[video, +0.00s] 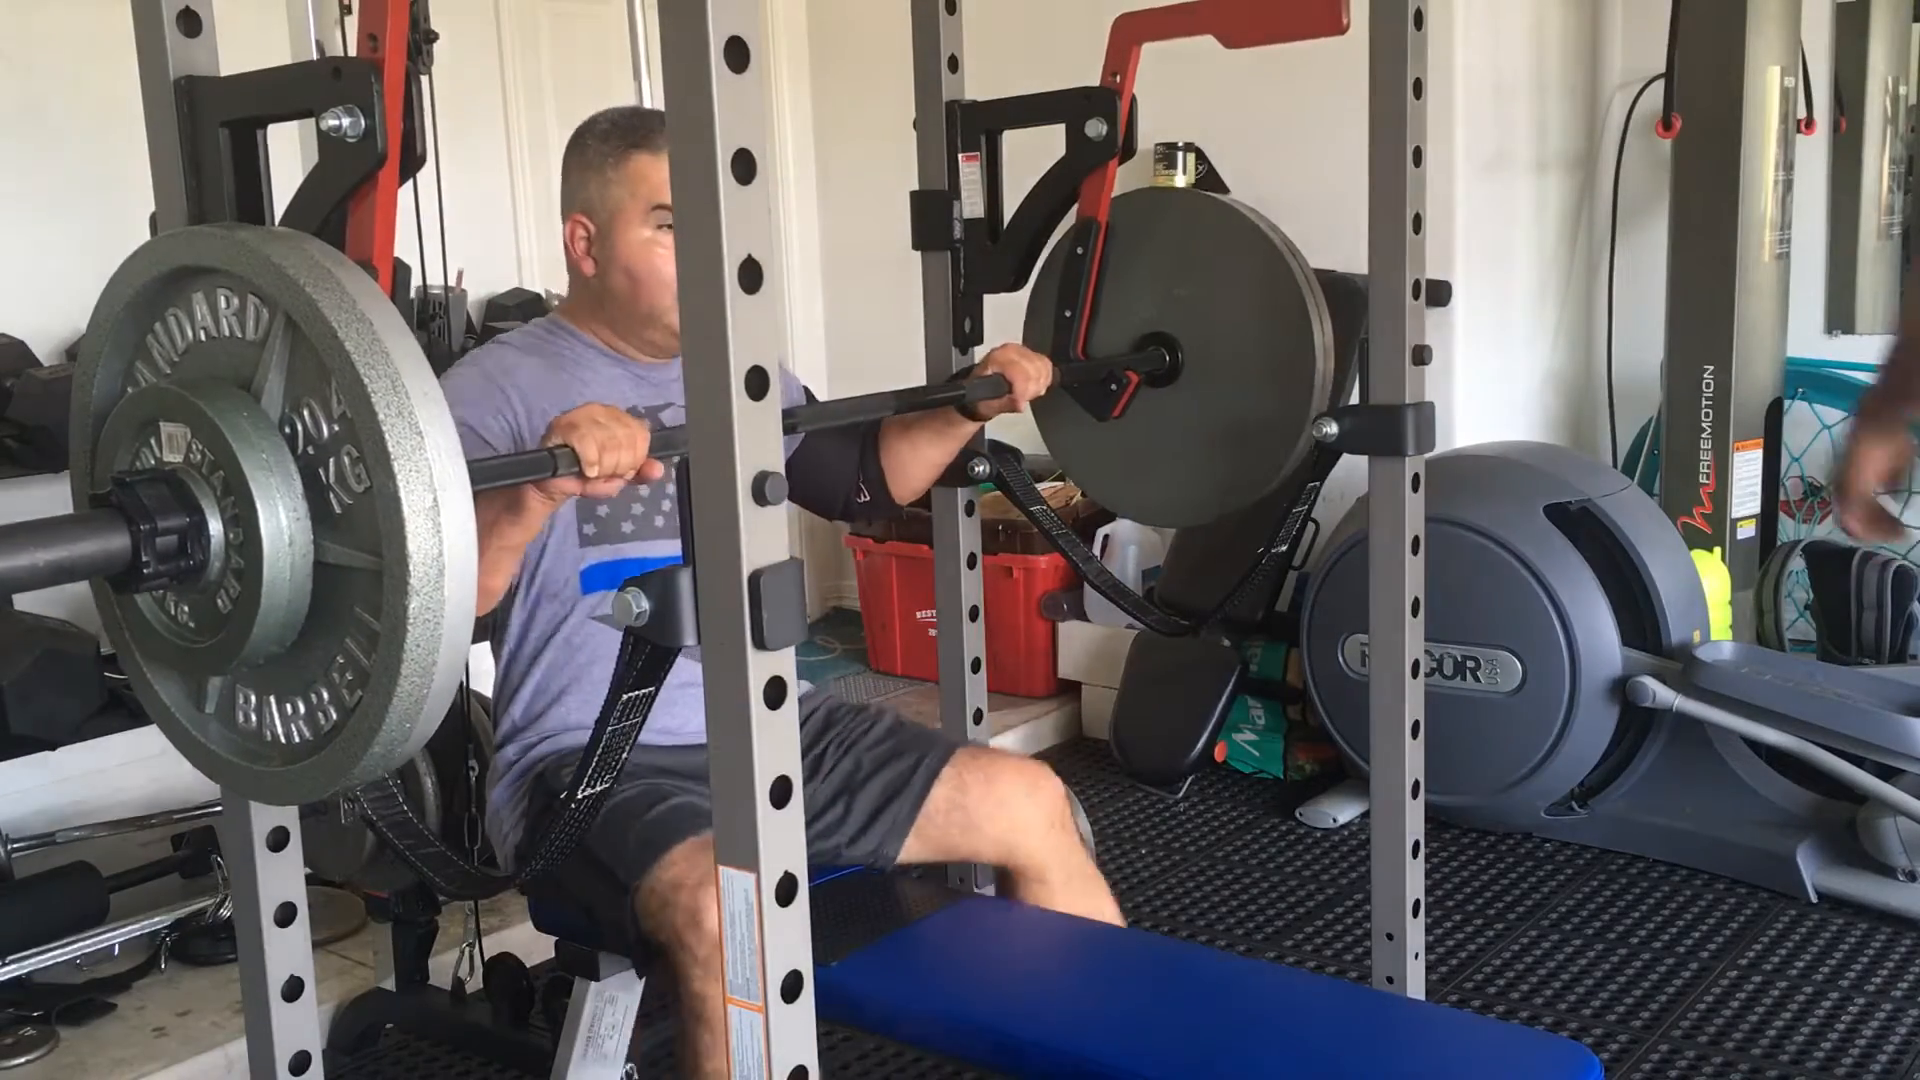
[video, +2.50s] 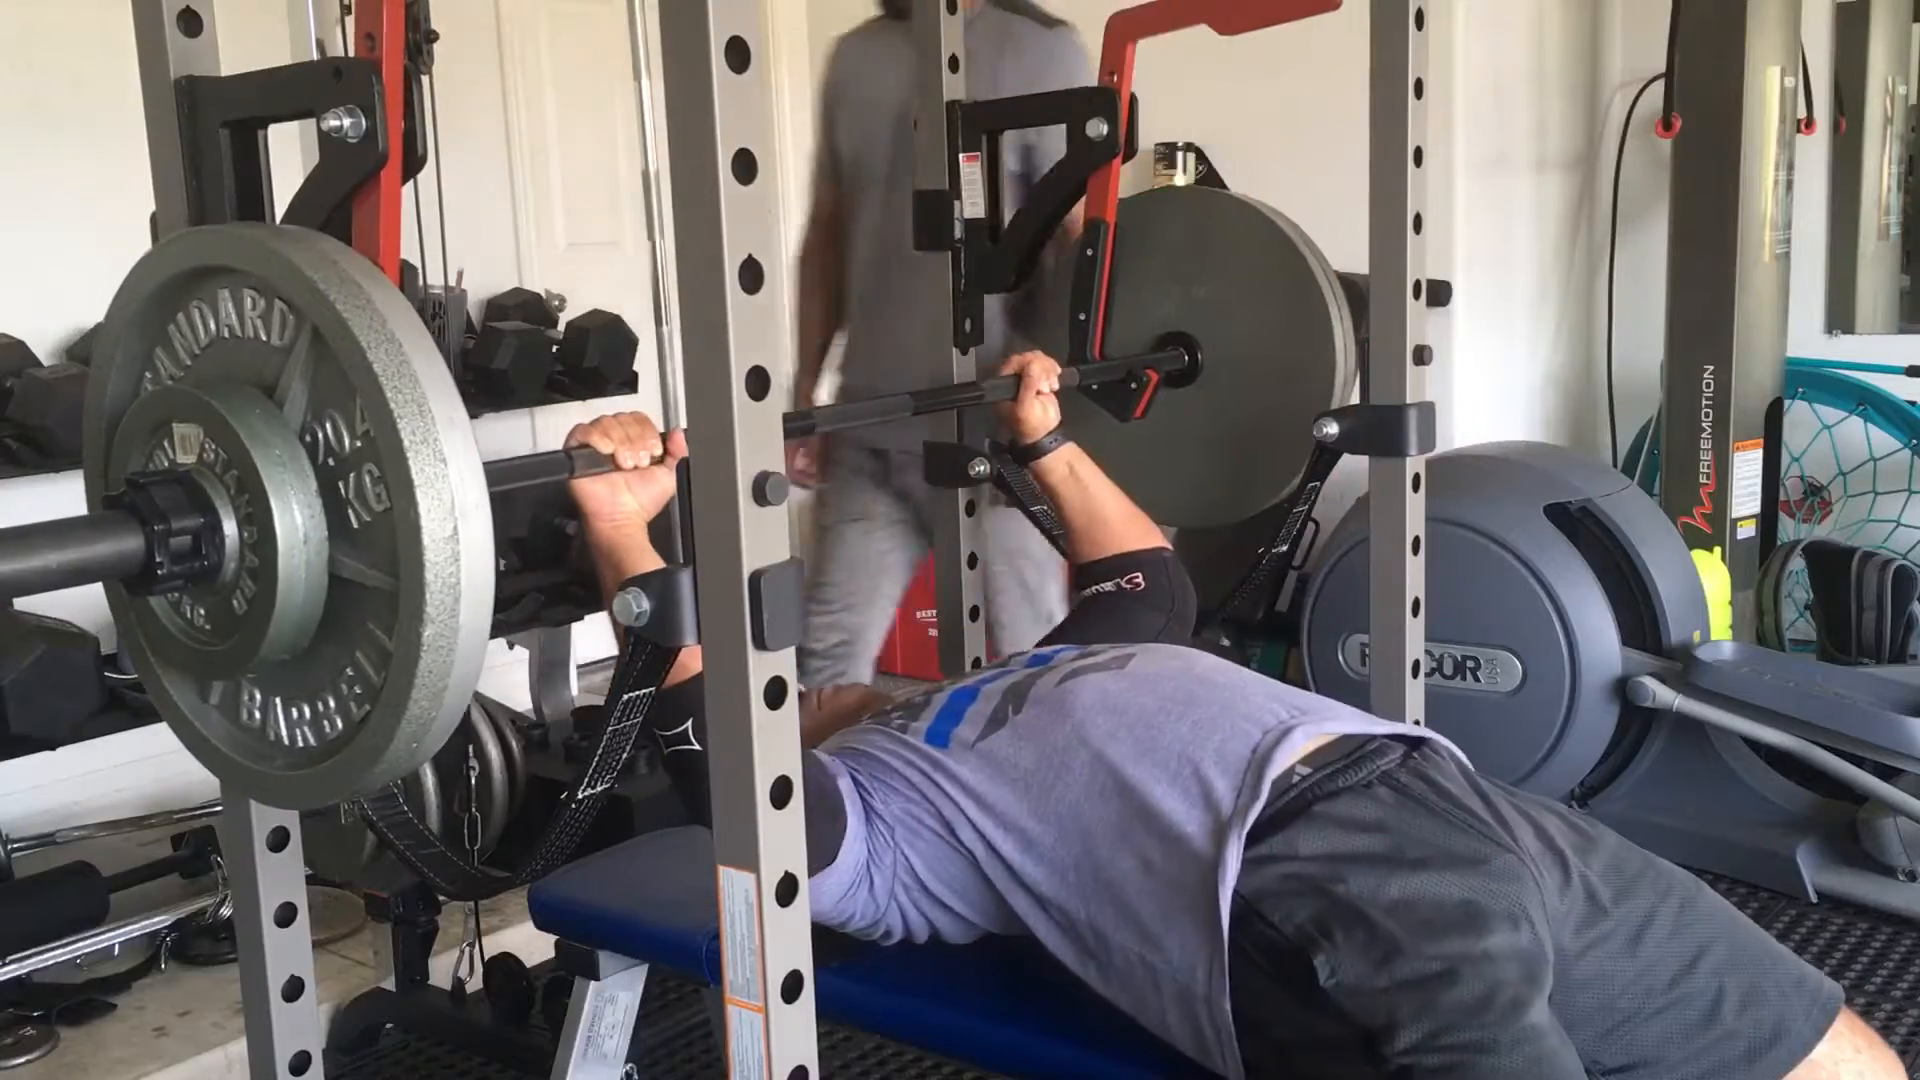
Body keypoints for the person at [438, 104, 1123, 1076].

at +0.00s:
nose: (703, 252)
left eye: (709, 224)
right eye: (668, 226)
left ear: (733, 235)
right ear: (584, 246)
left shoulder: (734, 373)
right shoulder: (495, 386)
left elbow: (866, 477)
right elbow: (440, 603)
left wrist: (973, 396)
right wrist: (537, 487)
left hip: (764, 726)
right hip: (590, 757)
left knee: (1028, 800)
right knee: (717, 900)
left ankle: (1126, 1050)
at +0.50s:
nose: (665, 211)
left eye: (671, 187)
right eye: (624, 188)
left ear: (691, 204)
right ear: (543, 222)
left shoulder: (722, 347)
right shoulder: (480, 380)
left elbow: (848, 478)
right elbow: (440, 597)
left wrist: (957, 404)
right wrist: (523, 485)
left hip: (808, 731)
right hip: (625, 776)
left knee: (1049, 845)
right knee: (761, 954)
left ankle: (1189, 1060)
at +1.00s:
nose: (659, 214)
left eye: (664, 190)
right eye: (617, 195)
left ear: (681, 201)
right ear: (543, 238)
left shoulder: (722, 349)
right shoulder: (479, 376)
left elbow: (850, 477)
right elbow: (413, 586)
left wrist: (952, 404)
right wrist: (513, 480)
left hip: (790, 719)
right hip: (612, 765)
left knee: (1047, 838)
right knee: (735, 935)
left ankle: (1175, 1050)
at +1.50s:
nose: (611, 456)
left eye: (610, 432)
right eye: (561, 444)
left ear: (633, 443)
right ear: (501, 493)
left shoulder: (753, 530)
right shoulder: (565, 619)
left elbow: (947, 585)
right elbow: (521, 717)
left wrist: (962, 425)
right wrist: (518, 520)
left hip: (1056, 697)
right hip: (924, 773)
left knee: (1387, 912)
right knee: (1112, 1035)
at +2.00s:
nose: (712, 659)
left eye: (721, 648)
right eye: (704, 671)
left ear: (824, 661)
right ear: (723, 728)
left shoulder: (986, 657)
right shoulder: (807, 784)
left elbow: (1097, 606)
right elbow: (636, 774)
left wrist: (1024, 440)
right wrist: (597, 538)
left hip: (1334, 761)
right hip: (1186, 856)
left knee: (1719, 993)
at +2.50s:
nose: (842, 667)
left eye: (835, 660)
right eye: (811, 685)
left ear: (883, 666)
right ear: (790, 750)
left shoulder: (1066, 668)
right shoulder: (877, 811)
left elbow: (1151, 577)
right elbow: (732, 759)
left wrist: (1037, 445)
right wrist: (640, 562)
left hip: (1478, 792)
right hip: (1325, 864)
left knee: (1853, 1055)